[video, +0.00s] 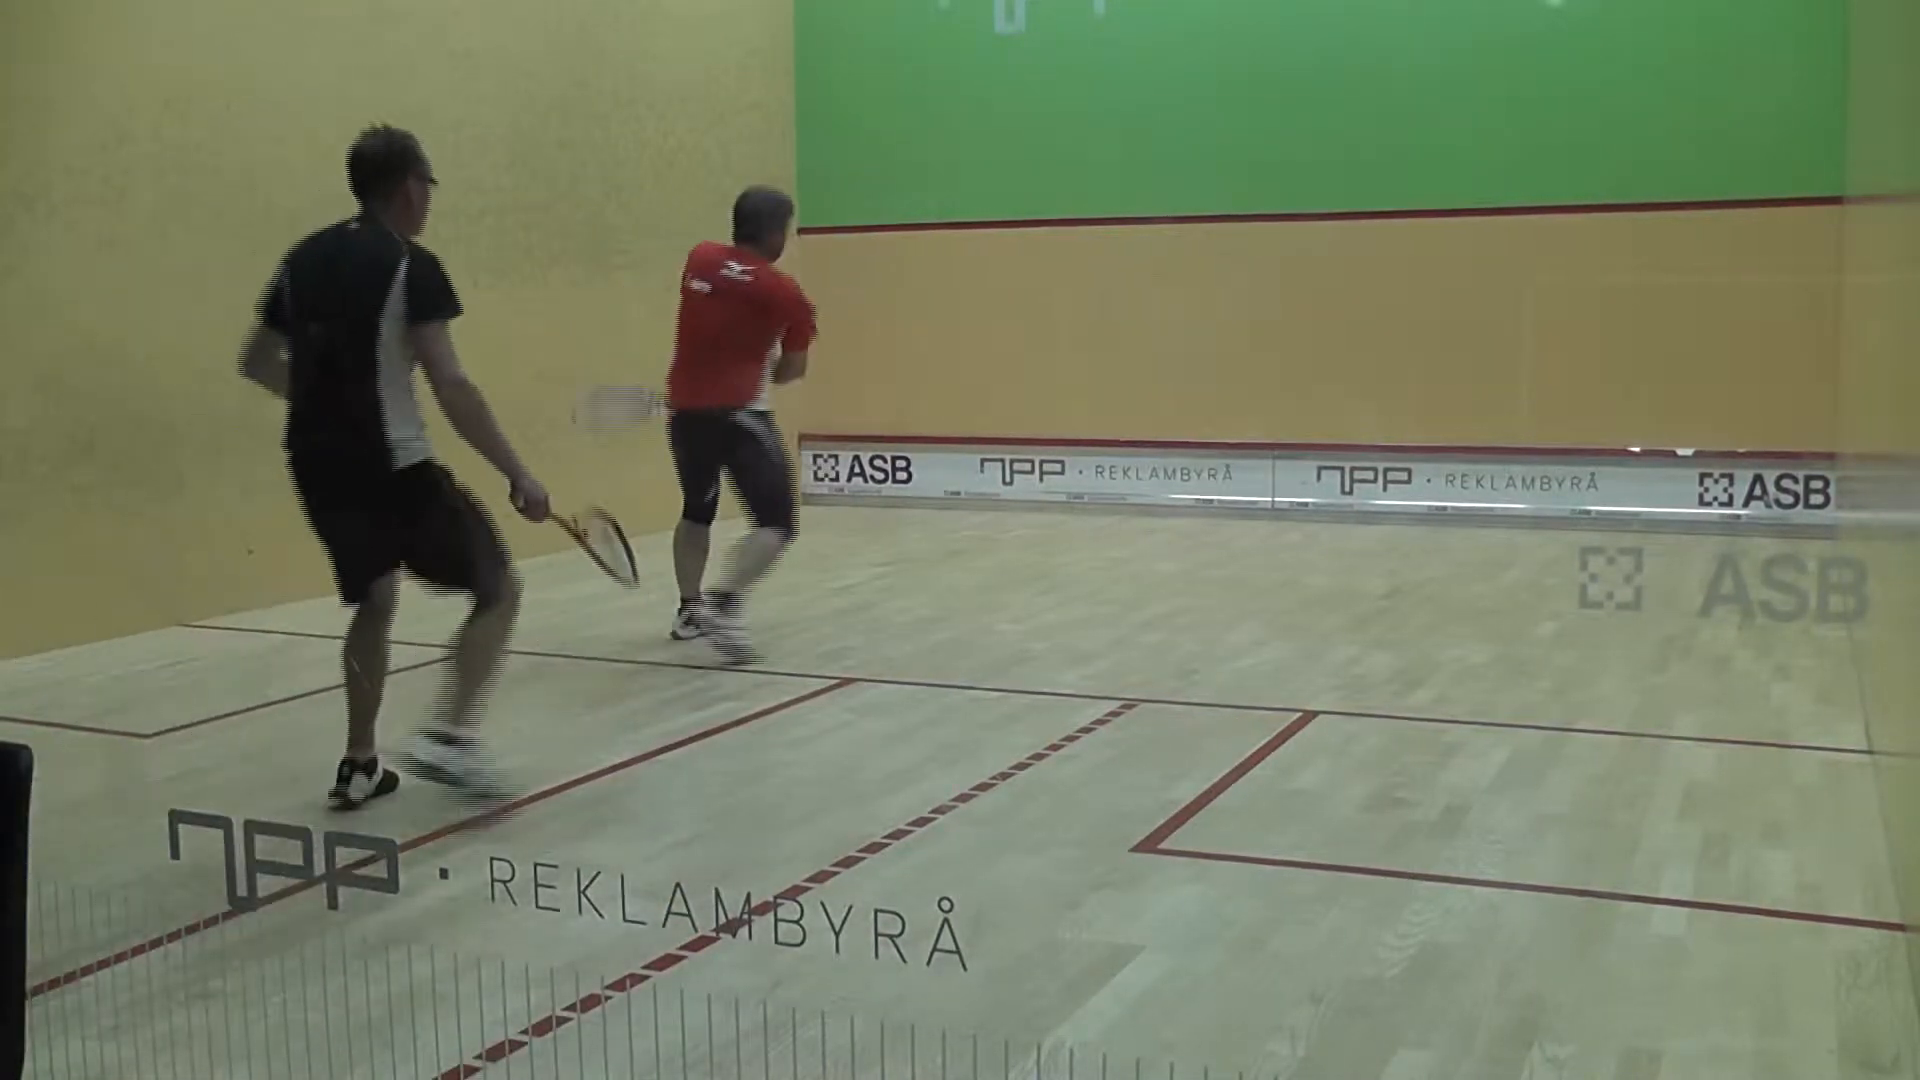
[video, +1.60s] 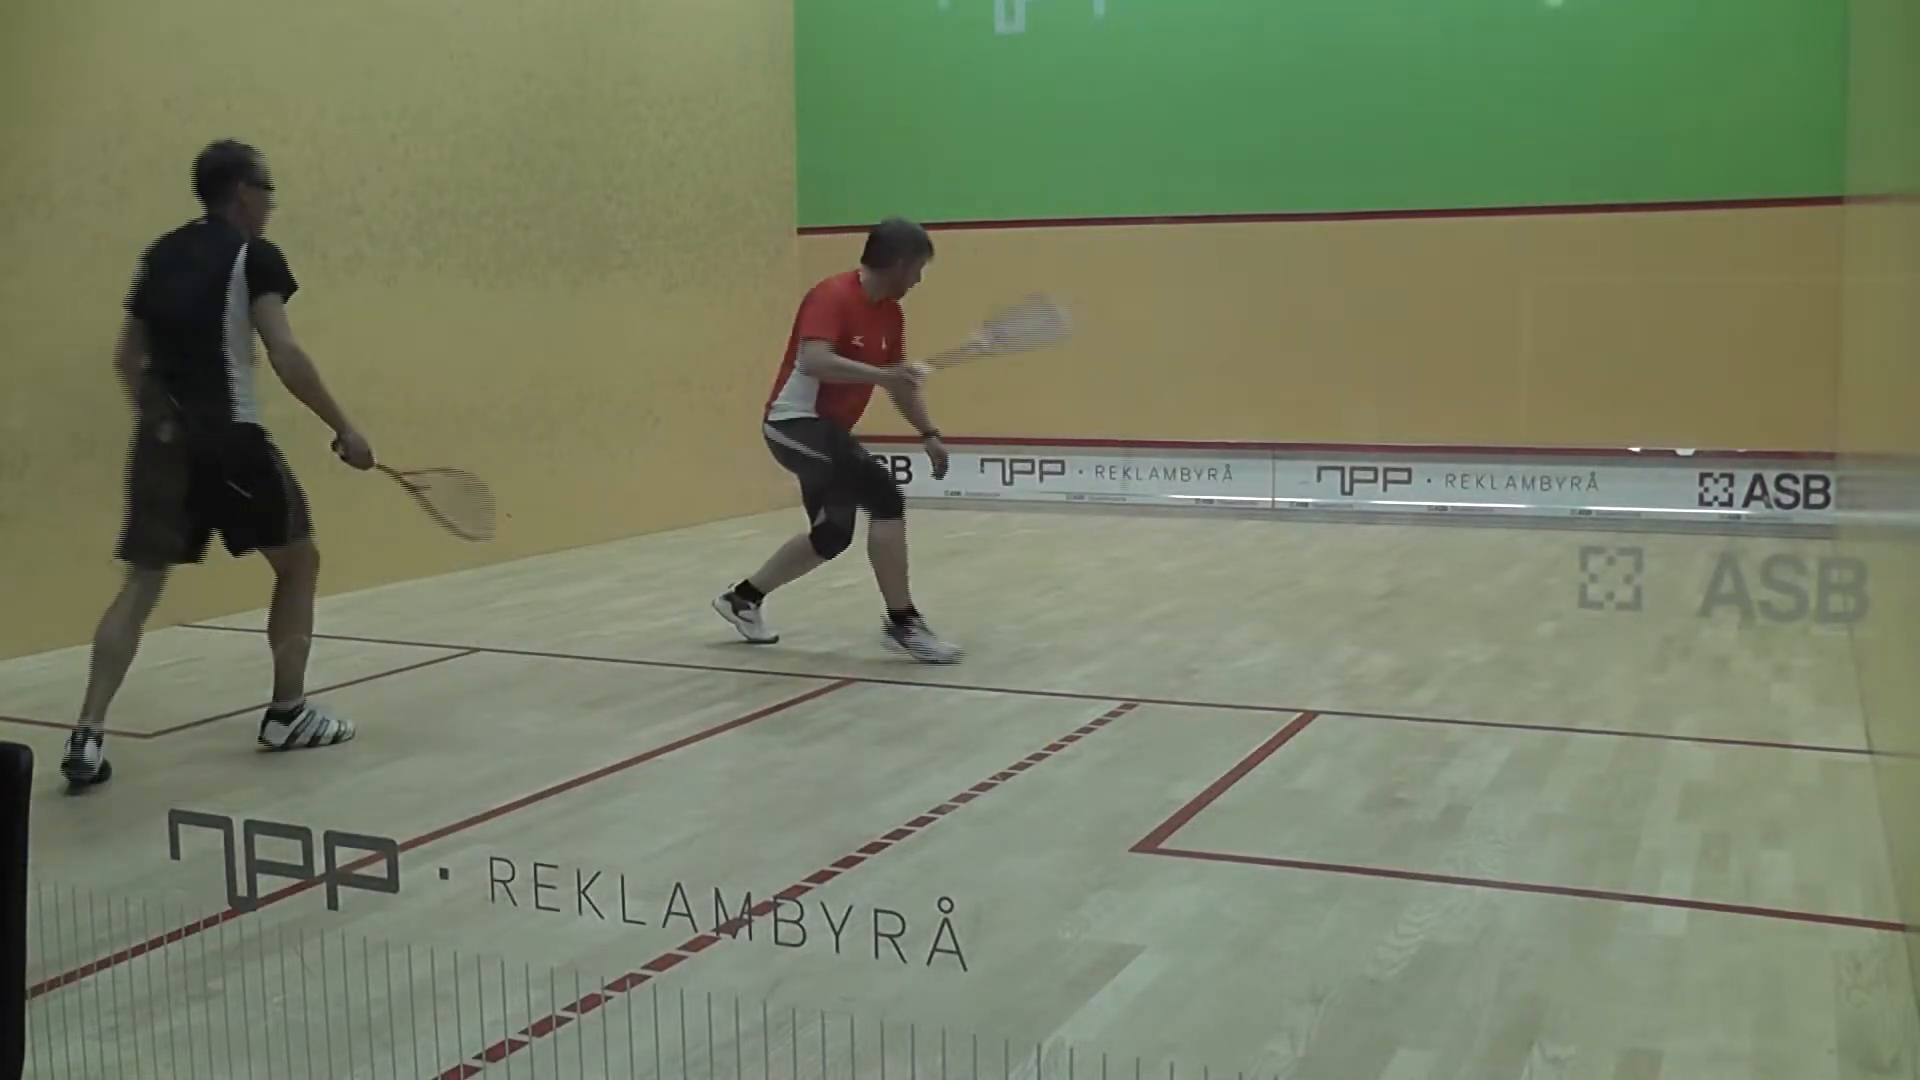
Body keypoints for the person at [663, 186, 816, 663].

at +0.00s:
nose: (790, 237)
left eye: (789, 228)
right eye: (789, 228)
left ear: (739, 227)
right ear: (778, 233)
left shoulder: (701, 257)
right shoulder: (784, 291)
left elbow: (708, 324)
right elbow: (792, 368)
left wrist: (759, 354)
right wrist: (753, 366)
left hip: (686, 412)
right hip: (739, 414)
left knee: (696, 509)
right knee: (777, 522)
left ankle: (689, 611)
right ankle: (721, 605)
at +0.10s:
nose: (796, 235)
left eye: (796, 228)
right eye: (795, 228)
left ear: (746, 227)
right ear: (788, 232)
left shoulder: (710, 262)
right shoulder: (795, 291)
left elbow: (715, 327)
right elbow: (803, 375)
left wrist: (774, 357)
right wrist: (783, 378)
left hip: (707, 417)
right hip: (762, 418)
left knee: (703, 510)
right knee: (806, 513)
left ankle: (690, 613)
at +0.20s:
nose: (820, 243)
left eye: (818, 235)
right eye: (819, 236)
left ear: (771, 235)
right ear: (813, 241)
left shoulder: (734, 275)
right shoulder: (820, 300)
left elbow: (708, 330)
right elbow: (837, 374)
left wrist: (759, 339)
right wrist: (832, 420)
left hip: (737, 430)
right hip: (793, 434)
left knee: (722, 516)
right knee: (856, 522)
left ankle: (692, 614)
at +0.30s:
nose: (840, 240)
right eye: (840, 233)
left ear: (792, 236)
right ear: (837, 239)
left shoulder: (755, 281)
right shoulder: (844, 298)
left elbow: (719, 344)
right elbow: (866, 376)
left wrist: (768, 345)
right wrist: (874, 429)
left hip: (762, 431)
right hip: (820, 431)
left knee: (736, 519)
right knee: (876, 524)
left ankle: (699, 614)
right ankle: (866, 637)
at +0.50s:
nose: (864, 218)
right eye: (869, 211)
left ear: (827, 214)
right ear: (872, 217)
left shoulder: (790, 264)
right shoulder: (884, 276)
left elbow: (770, 336)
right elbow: (919, 357)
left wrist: (814, 360)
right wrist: (956, 412)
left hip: (792, 413)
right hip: (853, 413)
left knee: (775, 512)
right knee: (877, 522)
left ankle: (755, 619)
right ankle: (867, 637)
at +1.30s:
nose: (908, 239)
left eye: (906, 231)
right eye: (906, 231)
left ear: (860, 234)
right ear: (896, 236)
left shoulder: (833, 274)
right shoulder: (885, 281)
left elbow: (834, 354)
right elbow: (891, 353)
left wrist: (879, 415)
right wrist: (942, 412)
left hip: (802, 412)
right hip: (848, 416)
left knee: (821, 505)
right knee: (911, 513)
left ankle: (765, 597)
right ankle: (882, 629)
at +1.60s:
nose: (918, 279)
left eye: (921, 269)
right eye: (916, 269)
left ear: (892, 264)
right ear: (892, 263)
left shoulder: (890, 314)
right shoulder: (831, 295)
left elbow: (897, 383)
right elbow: (812, 359)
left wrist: (928, 432)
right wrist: (883, 375)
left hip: (829, 427)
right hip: (795, 423)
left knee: (832, 534)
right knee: (885, 499)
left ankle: (744, 597)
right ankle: (903, 623)